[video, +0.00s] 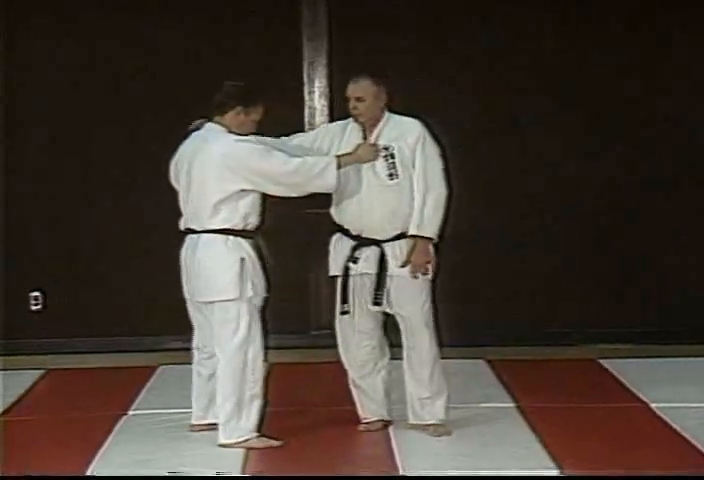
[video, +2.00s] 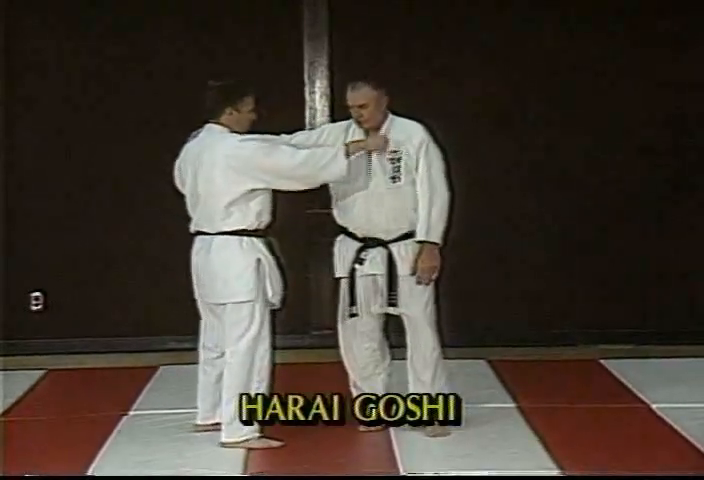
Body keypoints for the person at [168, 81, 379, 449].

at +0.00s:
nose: (256, 126)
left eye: (257, 119)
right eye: (254, 118)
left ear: (224, 113)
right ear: (237, 113)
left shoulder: (190, 146)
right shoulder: (235, 149)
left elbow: (175, 176)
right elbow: (288, 169)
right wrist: (350, 158)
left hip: (194, 249)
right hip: (228, 253)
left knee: (206, 340)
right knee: (239, 344)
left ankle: (203, 413)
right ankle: (237, 430)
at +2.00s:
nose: (254, 116)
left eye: (253, 110)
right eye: (250, 110)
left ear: (221, 112)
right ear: (230, 111)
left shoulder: (194, 146)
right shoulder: (240, 149)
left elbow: (181, 180)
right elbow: (295, 162)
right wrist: (353, 149)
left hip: (204, 250)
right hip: (238, 252)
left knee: (213, 340)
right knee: (246, 343)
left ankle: (209, 413)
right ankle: (239, 430)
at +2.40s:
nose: (265, 117)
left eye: (265, 110)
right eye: (262, 110)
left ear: (231, 111)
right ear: (244, 110)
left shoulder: (201, 146)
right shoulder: (249, 150)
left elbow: (187, 178)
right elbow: (301, 167)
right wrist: (364, 156)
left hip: (205, 248)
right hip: (238, 253)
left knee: (213, 342)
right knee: (246, 344)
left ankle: (210, 413)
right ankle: (240, 429)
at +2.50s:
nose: (269, 121)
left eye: (270, 114)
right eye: (266, 114)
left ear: (231, 113)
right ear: (248, 111)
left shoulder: (202, 147)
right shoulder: (252, 151)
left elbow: (190, 174)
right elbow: (304, 170)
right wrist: (366, 159)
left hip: (205, 247)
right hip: (239, 252)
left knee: (213, 341)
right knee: (247, 344)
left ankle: (211, 413)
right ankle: (240, 428)